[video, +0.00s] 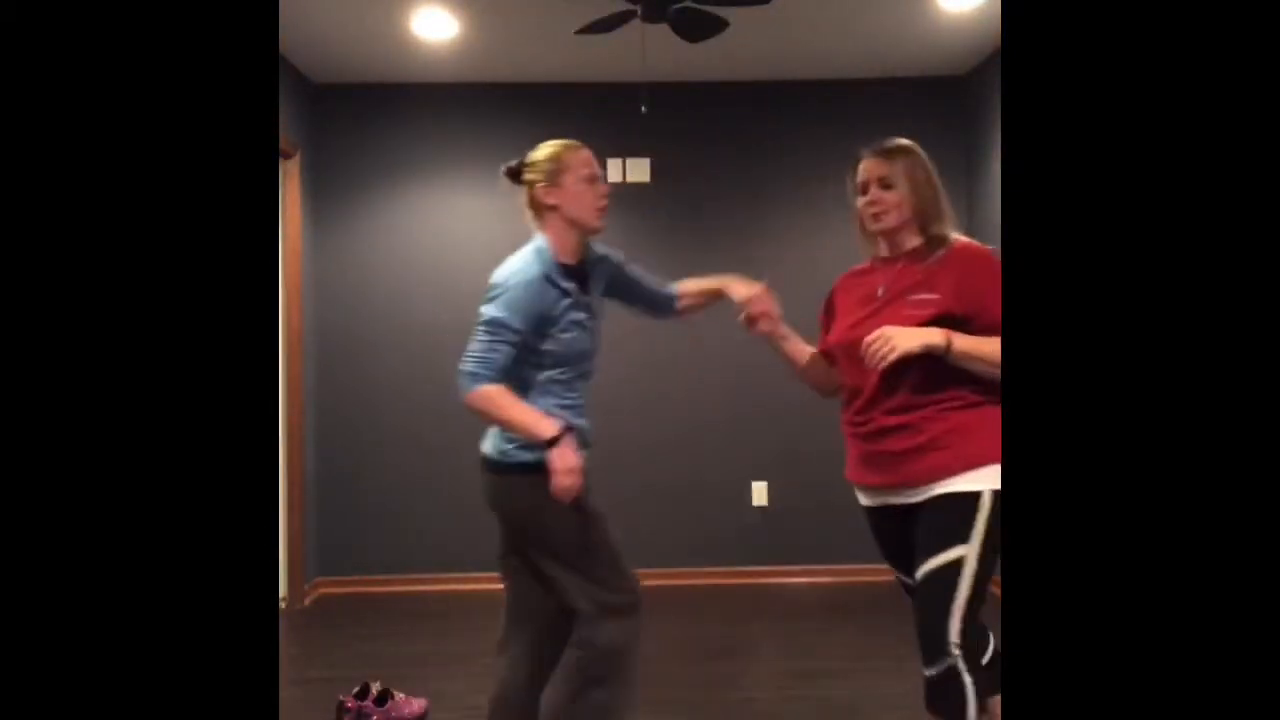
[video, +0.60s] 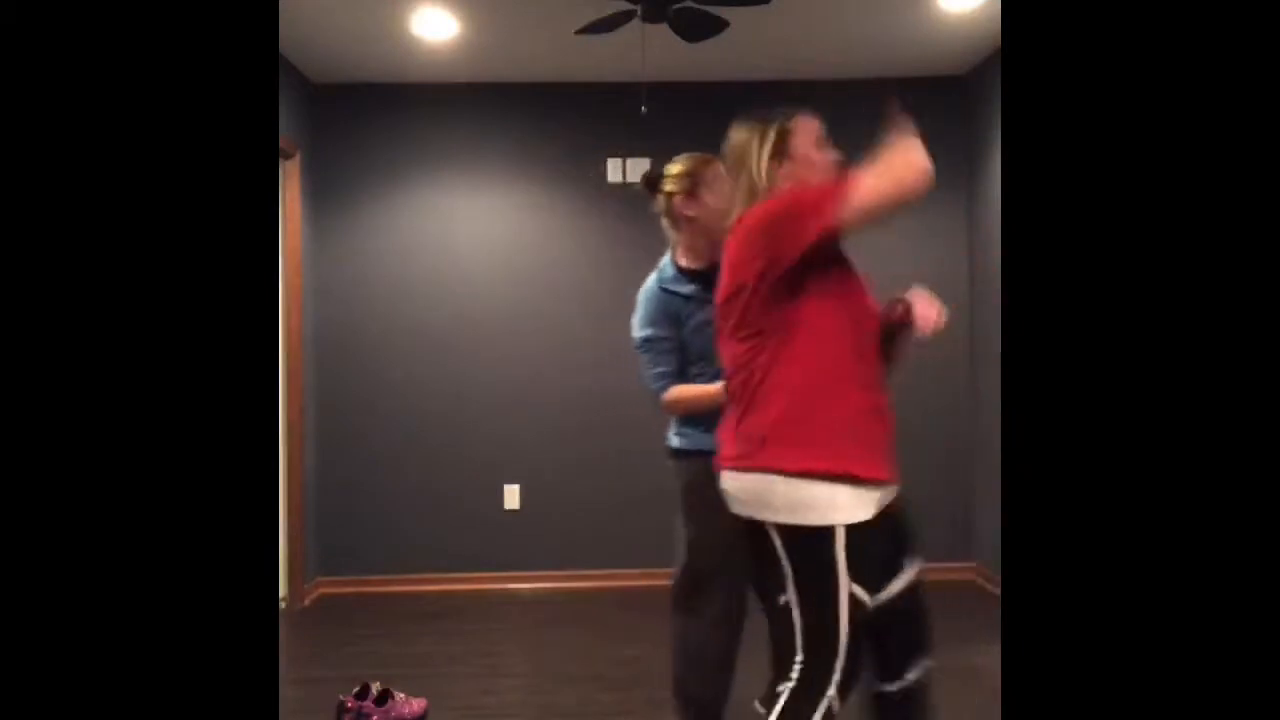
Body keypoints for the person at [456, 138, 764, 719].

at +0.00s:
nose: (605, 192)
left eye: (602, 180)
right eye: (590, 181)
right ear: (548, 196)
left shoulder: (590, 264)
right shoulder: (524, 279)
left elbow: (668, 300)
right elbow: (477, 385)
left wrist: (730, 285)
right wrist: (554, 435)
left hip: (549, 469)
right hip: (525, 471)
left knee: (537, 624)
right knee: (612, 605)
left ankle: (510, 712)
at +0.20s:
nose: (657, 198)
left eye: (652, 187)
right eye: (644, 189)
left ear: (618, 204)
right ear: (607, 204)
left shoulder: (642, 261)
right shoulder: (580, 290)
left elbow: (718, 236)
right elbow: (559, 398)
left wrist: (757, 198)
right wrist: (642, 414)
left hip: (635, 470)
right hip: (608, 475)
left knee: (621, 620)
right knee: (669, 622)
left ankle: (554, 710)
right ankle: (676, 713)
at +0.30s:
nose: (682, 198)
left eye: (676, 187)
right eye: (668, 188)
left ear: (640, 203)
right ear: (633, 203)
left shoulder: (666, 260)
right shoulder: (603, 293)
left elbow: (741, 220)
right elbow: (596, 398)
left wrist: (783, 145)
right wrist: (688, 402)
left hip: (678, 460)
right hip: (637, 468)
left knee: (714, 599)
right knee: (692, 611)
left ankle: (613, 706)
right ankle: (681, 711)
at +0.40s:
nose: (703, 194)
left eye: (698, 183)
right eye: (689, 184)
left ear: (663, 200)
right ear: (653, 199)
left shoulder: (690, 254)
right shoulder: (622, 290)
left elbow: (763, 201)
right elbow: (620, 393)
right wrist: (710, 388)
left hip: (708, 457)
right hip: (660, 463)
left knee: (757, 588)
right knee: (696, 611)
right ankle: (689, 709)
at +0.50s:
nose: (722, 197)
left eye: (718, 186)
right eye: (708, 188)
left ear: (684, 201)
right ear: (670, 202)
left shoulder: (723, 253)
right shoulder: (640, 292)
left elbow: (786, 204)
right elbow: (644, 392)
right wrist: (724, 386)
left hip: (750, 458)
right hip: (687, 465)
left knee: (787, 616)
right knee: (691, 621)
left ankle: (781, 711)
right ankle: (690, 710)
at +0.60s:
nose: (734, 200)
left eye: (731, 189)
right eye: (721, 190)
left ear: (710, 202)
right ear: (684, 205)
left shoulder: (747, 271)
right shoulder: (660, 293)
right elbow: (668, 393)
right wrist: (739, 386)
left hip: (766, 448)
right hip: (705, 455)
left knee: (788, 589)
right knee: (711, 594)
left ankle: (797, 704)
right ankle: (700, 708)